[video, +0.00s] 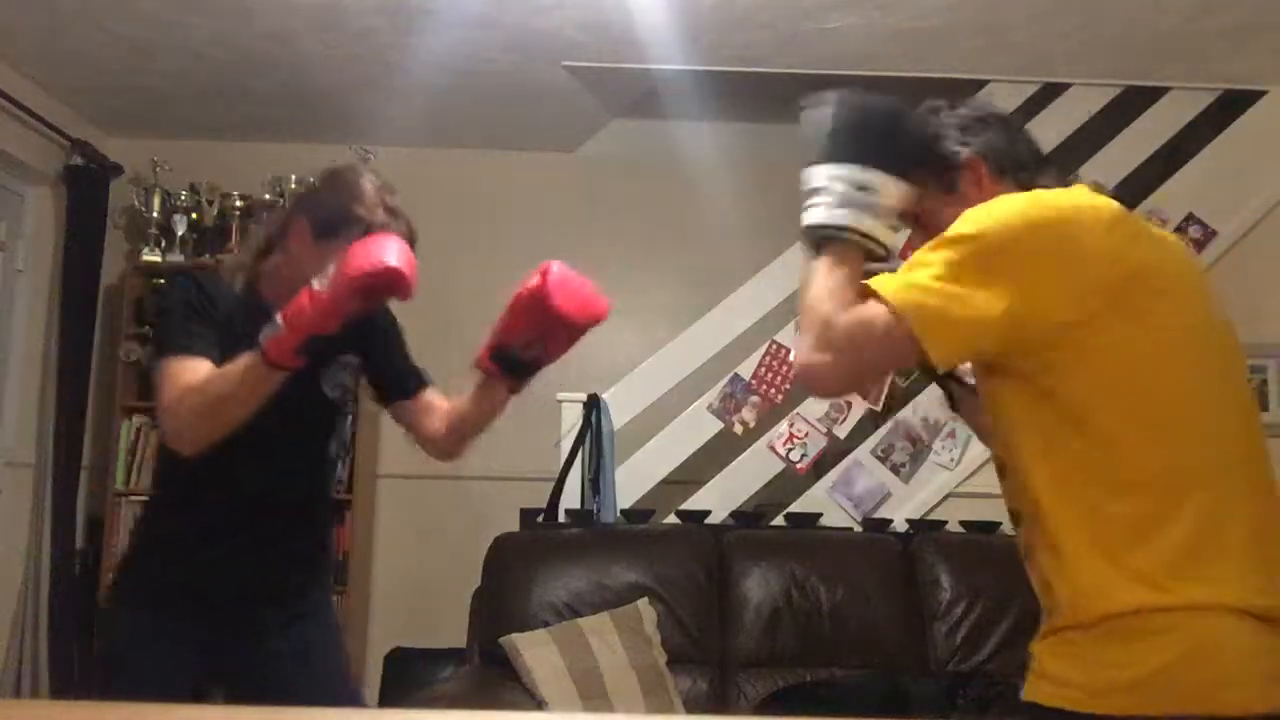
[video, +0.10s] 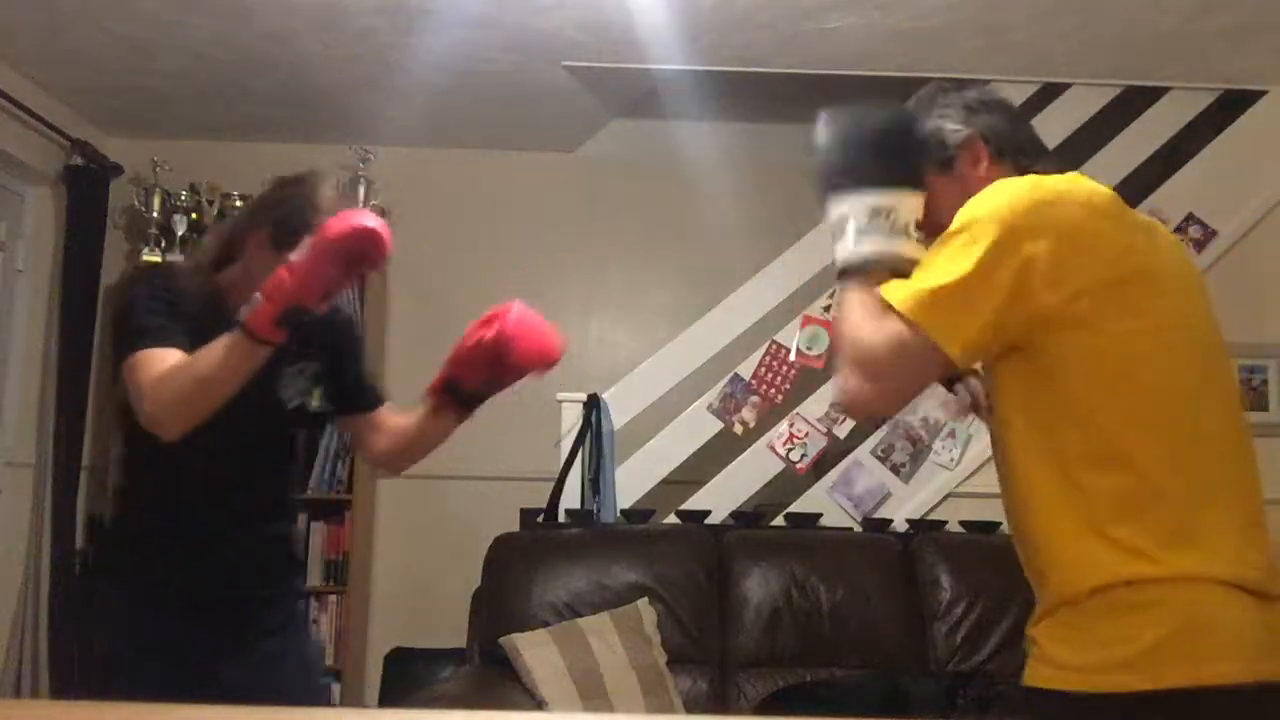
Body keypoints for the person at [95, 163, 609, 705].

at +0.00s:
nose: (350, 281)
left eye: (365, 270)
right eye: (345, 262)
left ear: (370, 267)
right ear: (298, 233)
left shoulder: (360, 320)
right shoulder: (200, 297)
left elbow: (443, 435)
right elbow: (184, 427)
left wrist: (512, 361)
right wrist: (295, 332)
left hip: (290, 604)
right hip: (169, 593)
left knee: (334, 718)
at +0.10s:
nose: (297, 285)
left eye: (312, 275)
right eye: (289, 261)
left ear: (330, 272)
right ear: (257, 240)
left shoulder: (326, 331)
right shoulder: (161, 295)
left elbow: (389, 448)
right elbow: (164, 411)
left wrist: (462, 391)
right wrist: (280, 303)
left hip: (263, 603)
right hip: (149, 599)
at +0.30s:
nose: (276, 287)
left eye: (291, 274)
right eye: (270, 262)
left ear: (307, 270)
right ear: (237, 236)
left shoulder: (298, 330)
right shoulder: (134, 296)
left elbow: (363, 440)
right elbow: (128, 410)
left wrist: (426, 393)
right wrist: (252, 311)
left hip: (256, 600)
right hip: (134, 600)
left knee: (318, 712)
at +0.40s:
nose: (319, 278)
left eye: (334, 267)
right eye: (314, 259)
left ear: (341, 264)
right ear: (263, 231)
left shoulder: (330, 320)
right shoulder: (156, 291)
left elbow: (433, 408)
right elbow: (121, 416)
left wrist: (504, 353)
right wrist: (253, 333)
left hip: (277, 612)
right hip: (149, 604)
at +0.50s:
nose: (337, 305)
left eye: (351, 290)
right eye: (330, 281)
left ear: (352, 281)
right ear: (279, 256)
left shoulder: (340, 331)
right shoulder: (175, 318)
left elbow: (483, 389)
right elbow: (142, 446)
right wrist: (268, 355)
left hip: (293, 628)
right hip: (169, 625)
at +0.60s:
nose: (334, 295)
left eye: (347, 278)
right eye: (327, 270)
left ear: (349, 275)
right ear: (273, 248)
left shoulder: (331, 333)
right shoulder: (168, 318)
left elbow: (447, 415)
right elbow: (150, 453)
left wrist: (551, 367)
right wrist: (266, 358)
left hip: (277, 619)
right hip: (157, 618)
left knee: (320, 710)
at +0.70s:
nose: (289, 303)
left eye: (301, 289)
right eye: (283, 280)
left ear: (305, 286)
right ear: (238, 248)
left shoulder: (291, 336)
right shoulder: (126, 311)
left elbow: (361, 459)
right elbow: (141, 448)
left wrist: (458, 422)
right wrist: (254, 342)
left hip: (245, 627)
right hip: (123, 624)